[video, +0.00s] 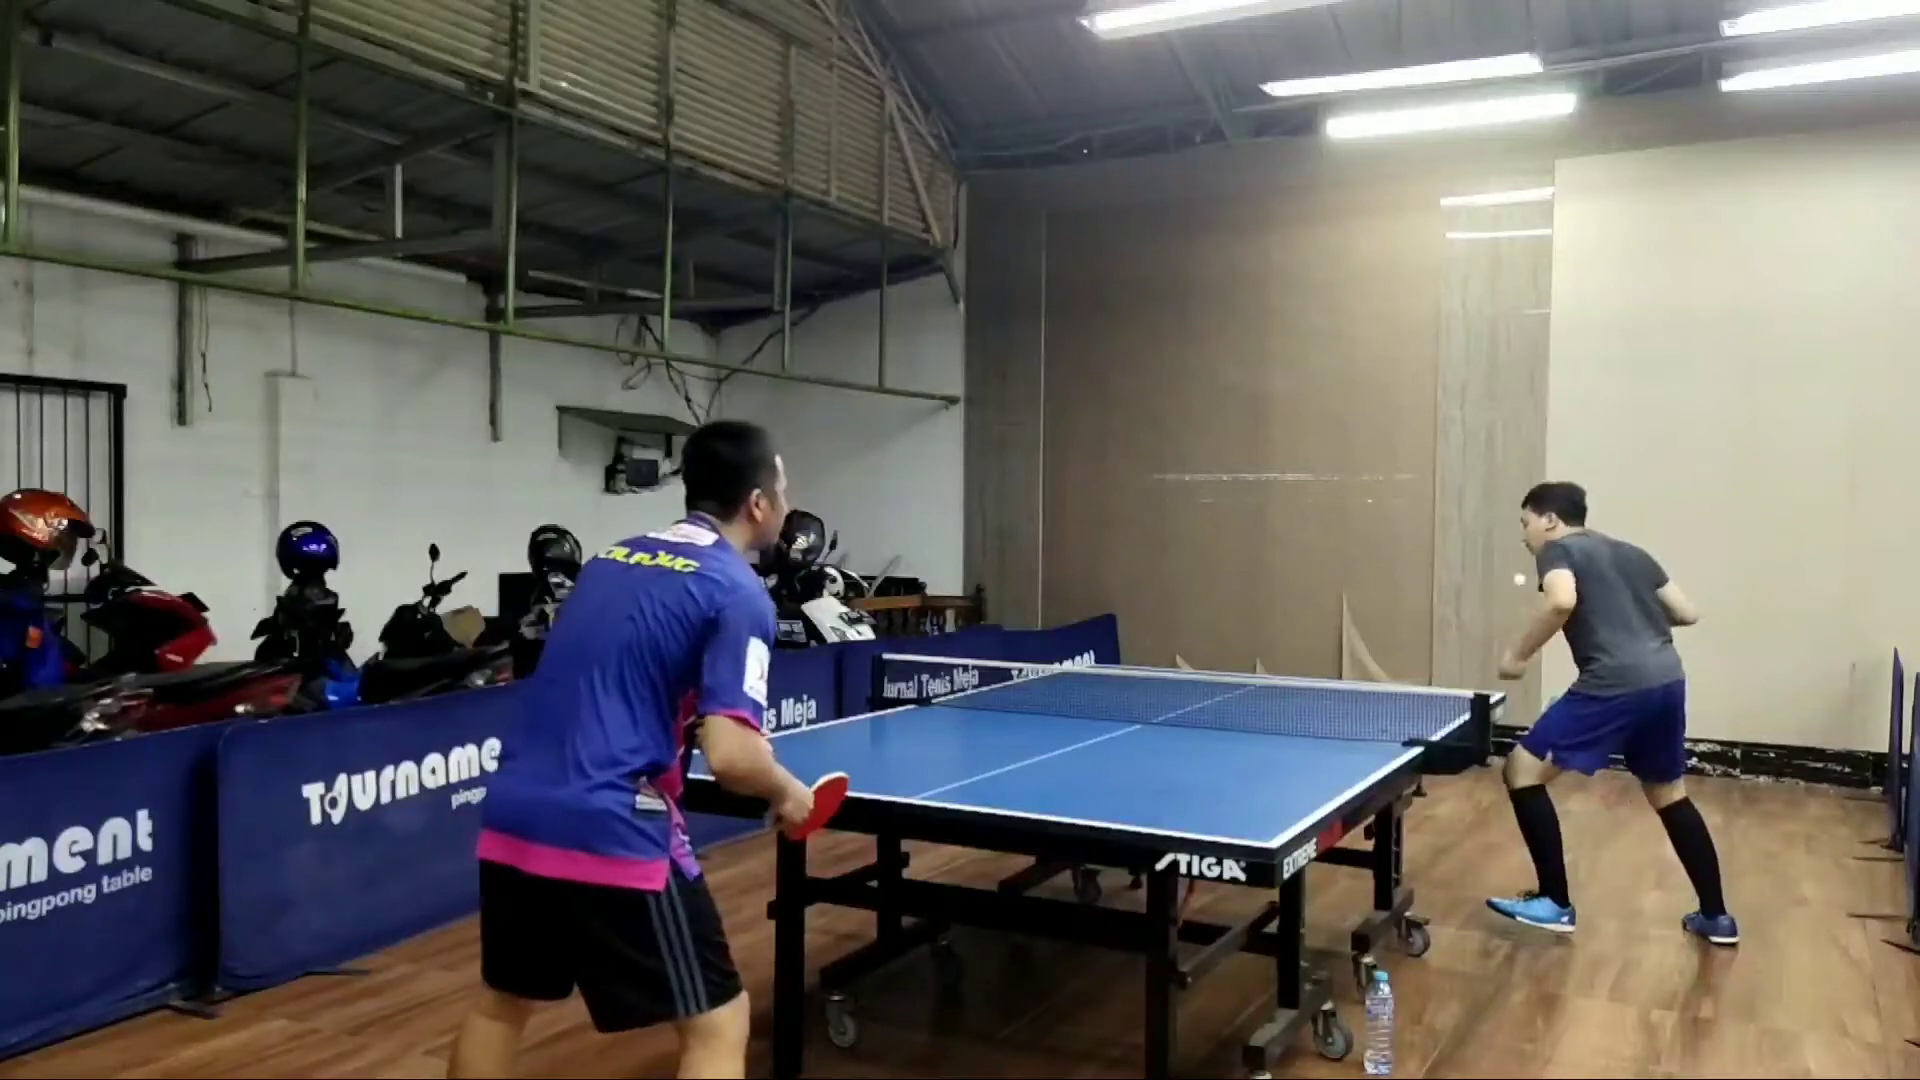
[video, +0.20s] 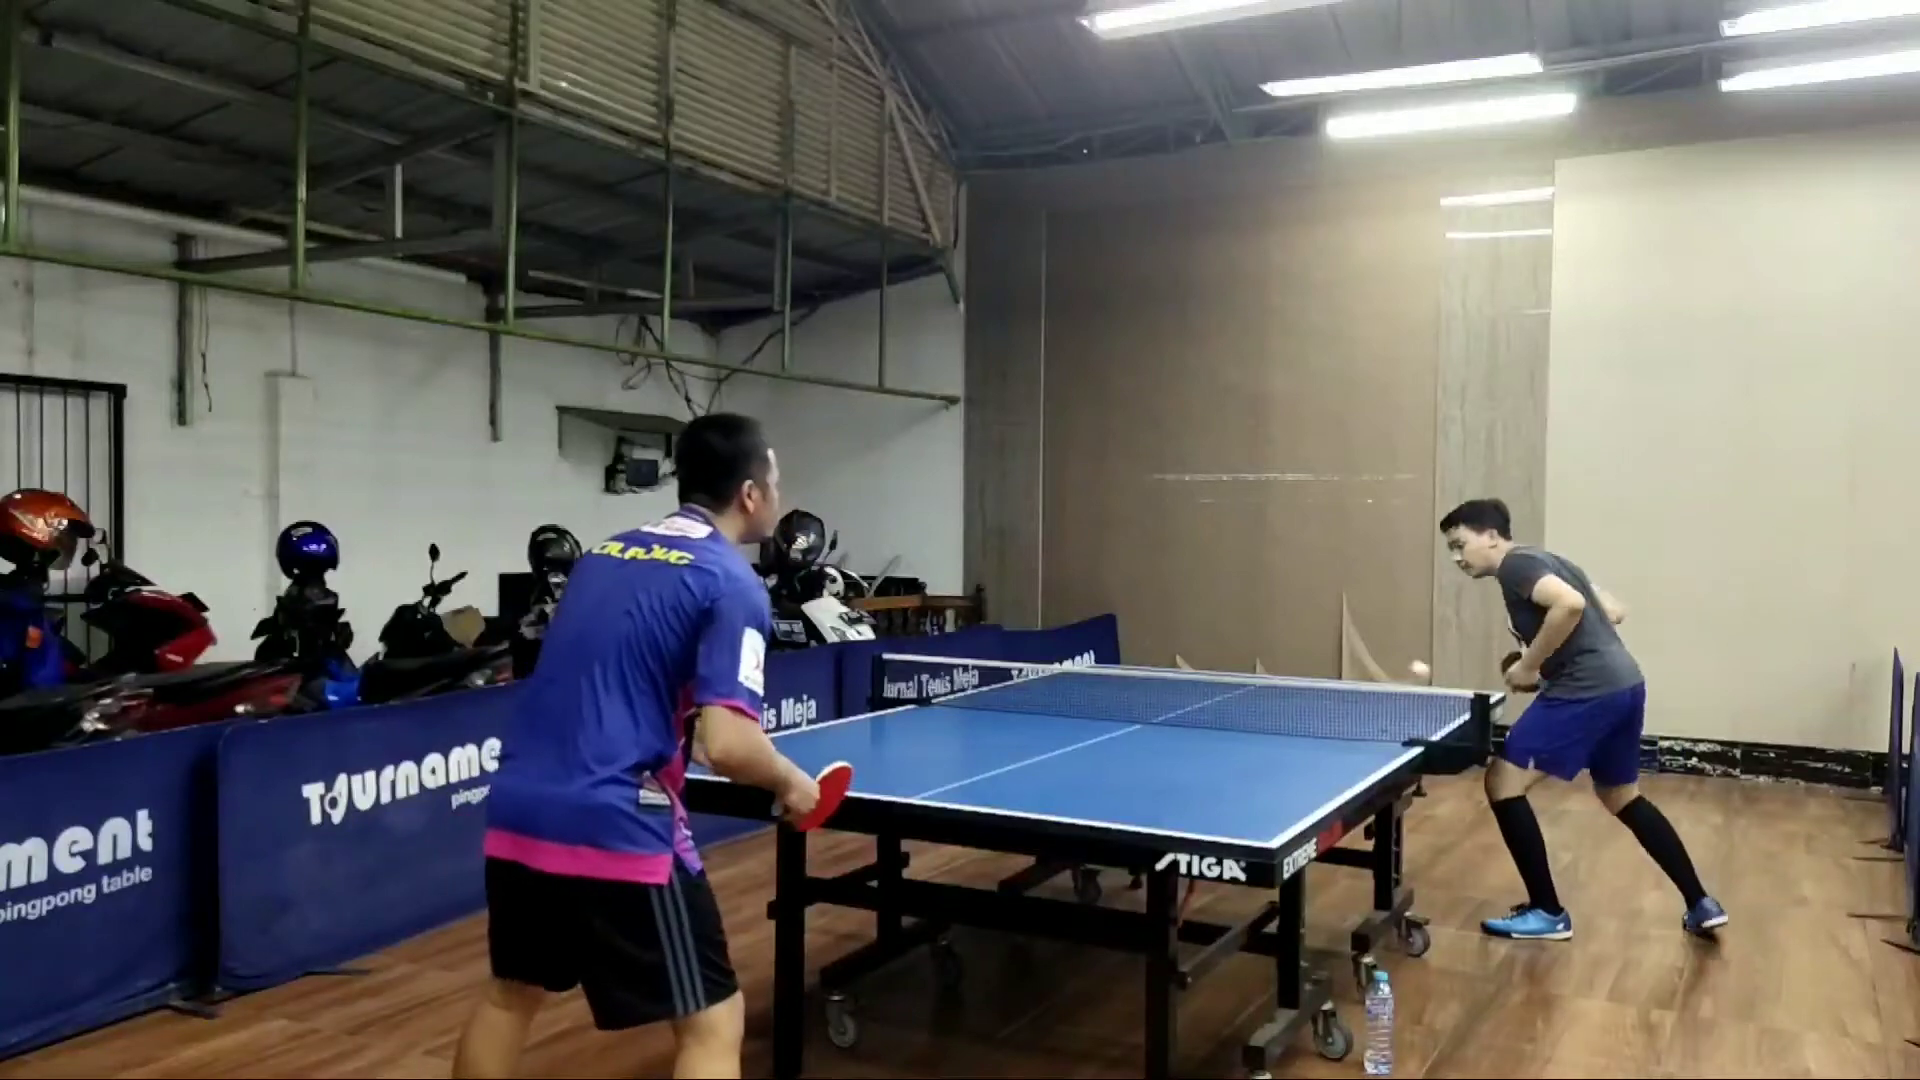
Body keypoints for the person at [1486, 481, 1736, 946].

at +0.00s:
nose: (1524, 535)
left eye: (1526, 523)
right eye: (1522, 524)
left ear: (1550, 520)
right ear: (1575, 520)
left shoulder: (1557, 550)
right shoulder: (1629, 551)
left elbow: (1562, 601)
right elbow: (1685, 613)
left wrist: (1519, 655)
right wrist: (1630, 616)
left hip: (1613, 684)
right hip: (1667, 681)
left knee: (1523, 770)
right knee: (1668, 793)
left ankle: (1553, 902)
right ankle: (1716, 914)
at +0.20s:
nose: (1457, 558)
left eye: (1460, 545)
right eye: (1454, 548)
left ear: (1490, 535)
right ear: (1495, 538)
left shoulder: (1515, 565)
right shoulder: (1556, 563)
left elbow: (1569, 604)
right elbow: (1614, 612)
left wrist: (1528, 666)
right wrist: (1546, 649)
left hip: (1583, 690)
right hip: (1625, 685)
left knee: (1503, 782)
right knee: (1620, 794)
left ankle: (1546, 911)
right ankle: (1700, 902)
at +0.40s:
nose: (1434, 526)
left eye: (1442, 514)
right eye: (1429, 517)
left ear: (1472, 511)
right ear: (1434, 519)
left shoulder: (1508, 549)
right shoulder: (1466, 560)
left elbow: (1559, 604)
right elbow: (1505, 615)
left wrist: (1496, 639)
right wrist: (1472, 633)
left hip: (1563, 664)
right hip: (1533, 666)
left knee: (1525, 774)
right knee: (1525, 769)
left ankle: (1549, 908)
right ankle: (1608, 852)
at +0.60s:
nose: (1419, 519)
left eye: (1429, 510)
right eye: (1414, 511)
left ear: (1459, 510)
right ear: (1413, 513)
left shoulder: (1489, 548)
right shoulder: (1431, 557)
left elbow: (1514, 613)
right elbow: (1440, 617)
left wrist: (1440, 619)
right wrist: (1398, 620)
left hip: (1523, 670)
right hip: (1477, 667)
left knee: (1525, 775)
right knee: (1442, 751)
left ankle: (1541, 904)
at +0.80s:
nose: (1397, 517)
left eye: (1406, 508)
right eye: (1391, 510)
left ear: (1434, 508)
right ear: (1389, 514)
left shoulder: (1463, 550)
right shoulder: (1398, 561)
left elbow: (1478, 612)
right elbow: (1391, 618)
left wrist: (1407, 613)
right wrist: (1345, 626)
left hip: (1486, 671)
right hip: (1432, 671)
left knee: (1499, 768)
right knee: (1385, 742)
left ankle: (1541, 889)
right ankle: (1391, 842)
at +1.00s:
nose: (1387, 516)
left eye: (1395, 507)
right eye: (1381, 509)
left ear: (1422, 506)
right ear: (1380, 514)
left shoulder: (1443, 543)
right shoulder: (1404, 563)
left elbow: (1455, 600)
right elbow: (1406, 625)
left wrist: (1386, 608)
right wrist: (1366, 643)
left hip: (1482, 670)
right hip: (1436, 669)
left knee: (1493, 776)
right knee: (1382, 740)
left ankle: (1560, 877)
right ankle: (1388, 841)